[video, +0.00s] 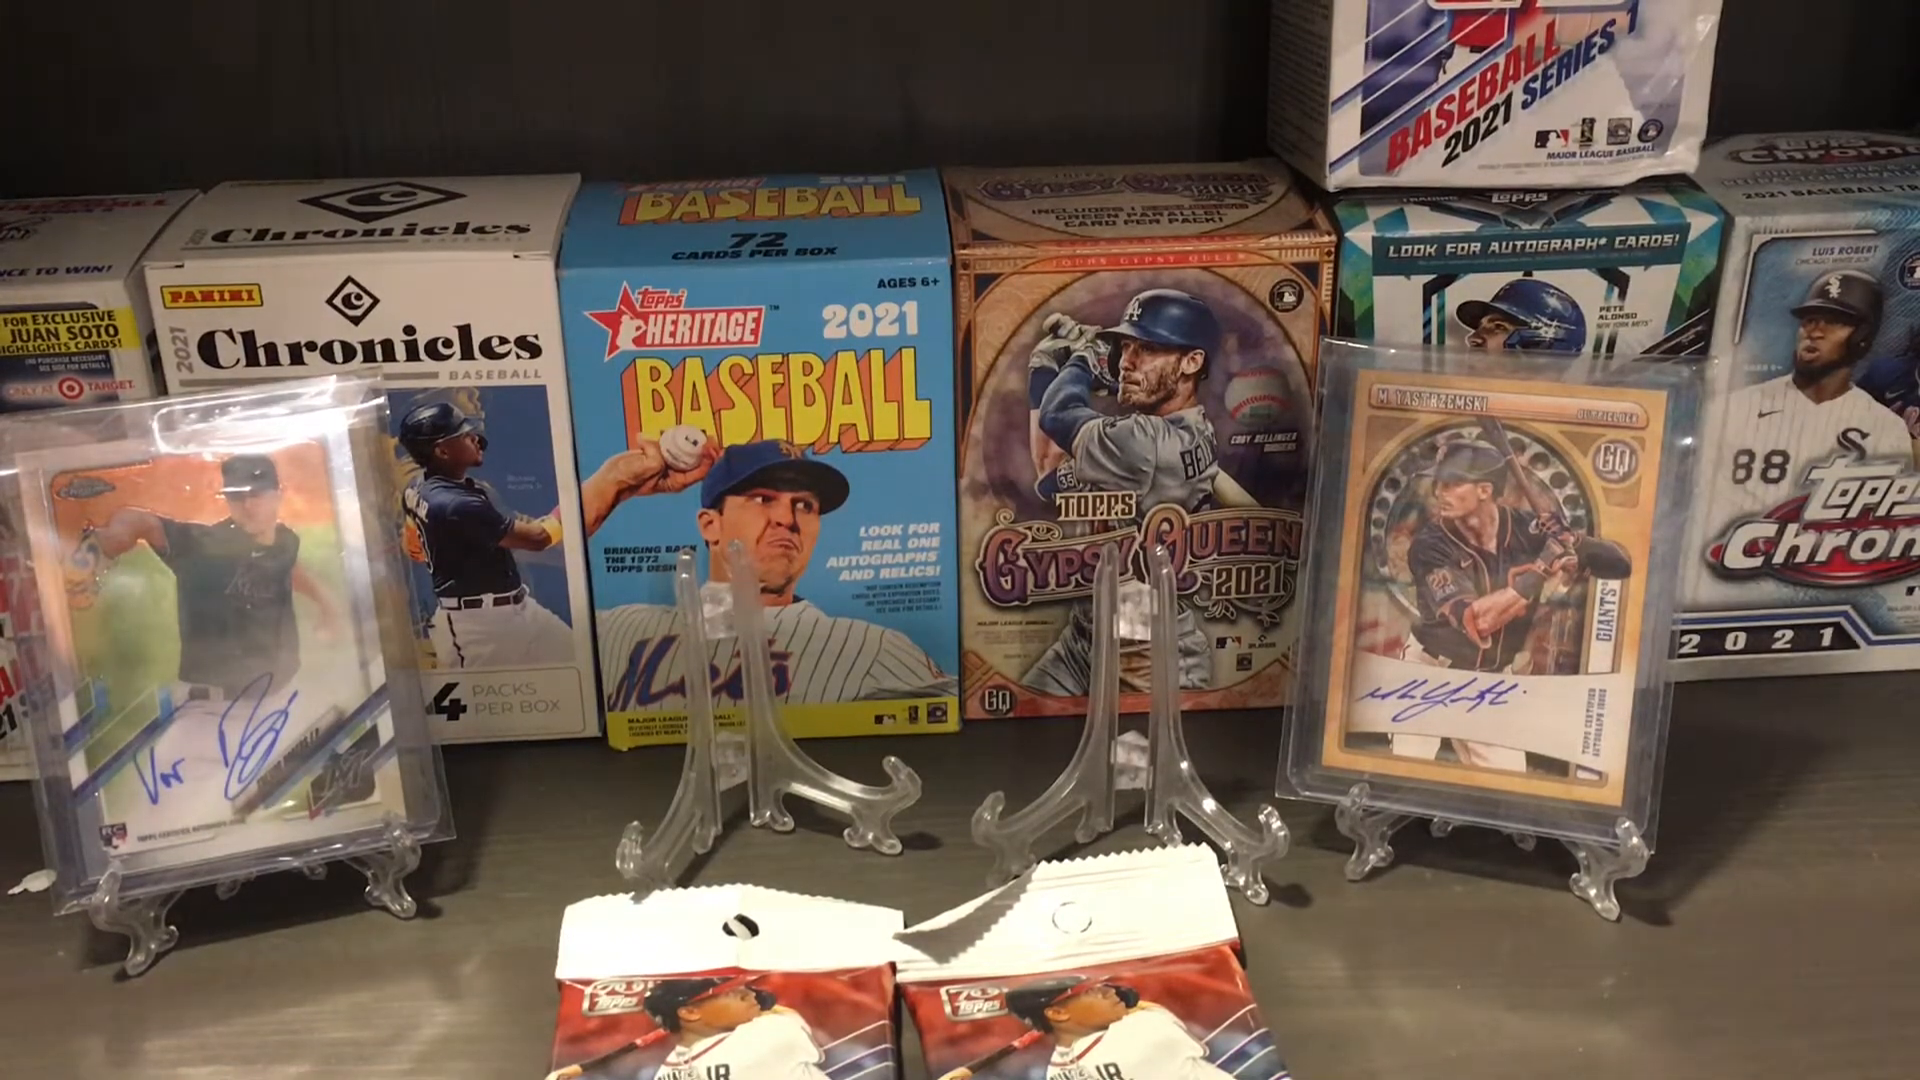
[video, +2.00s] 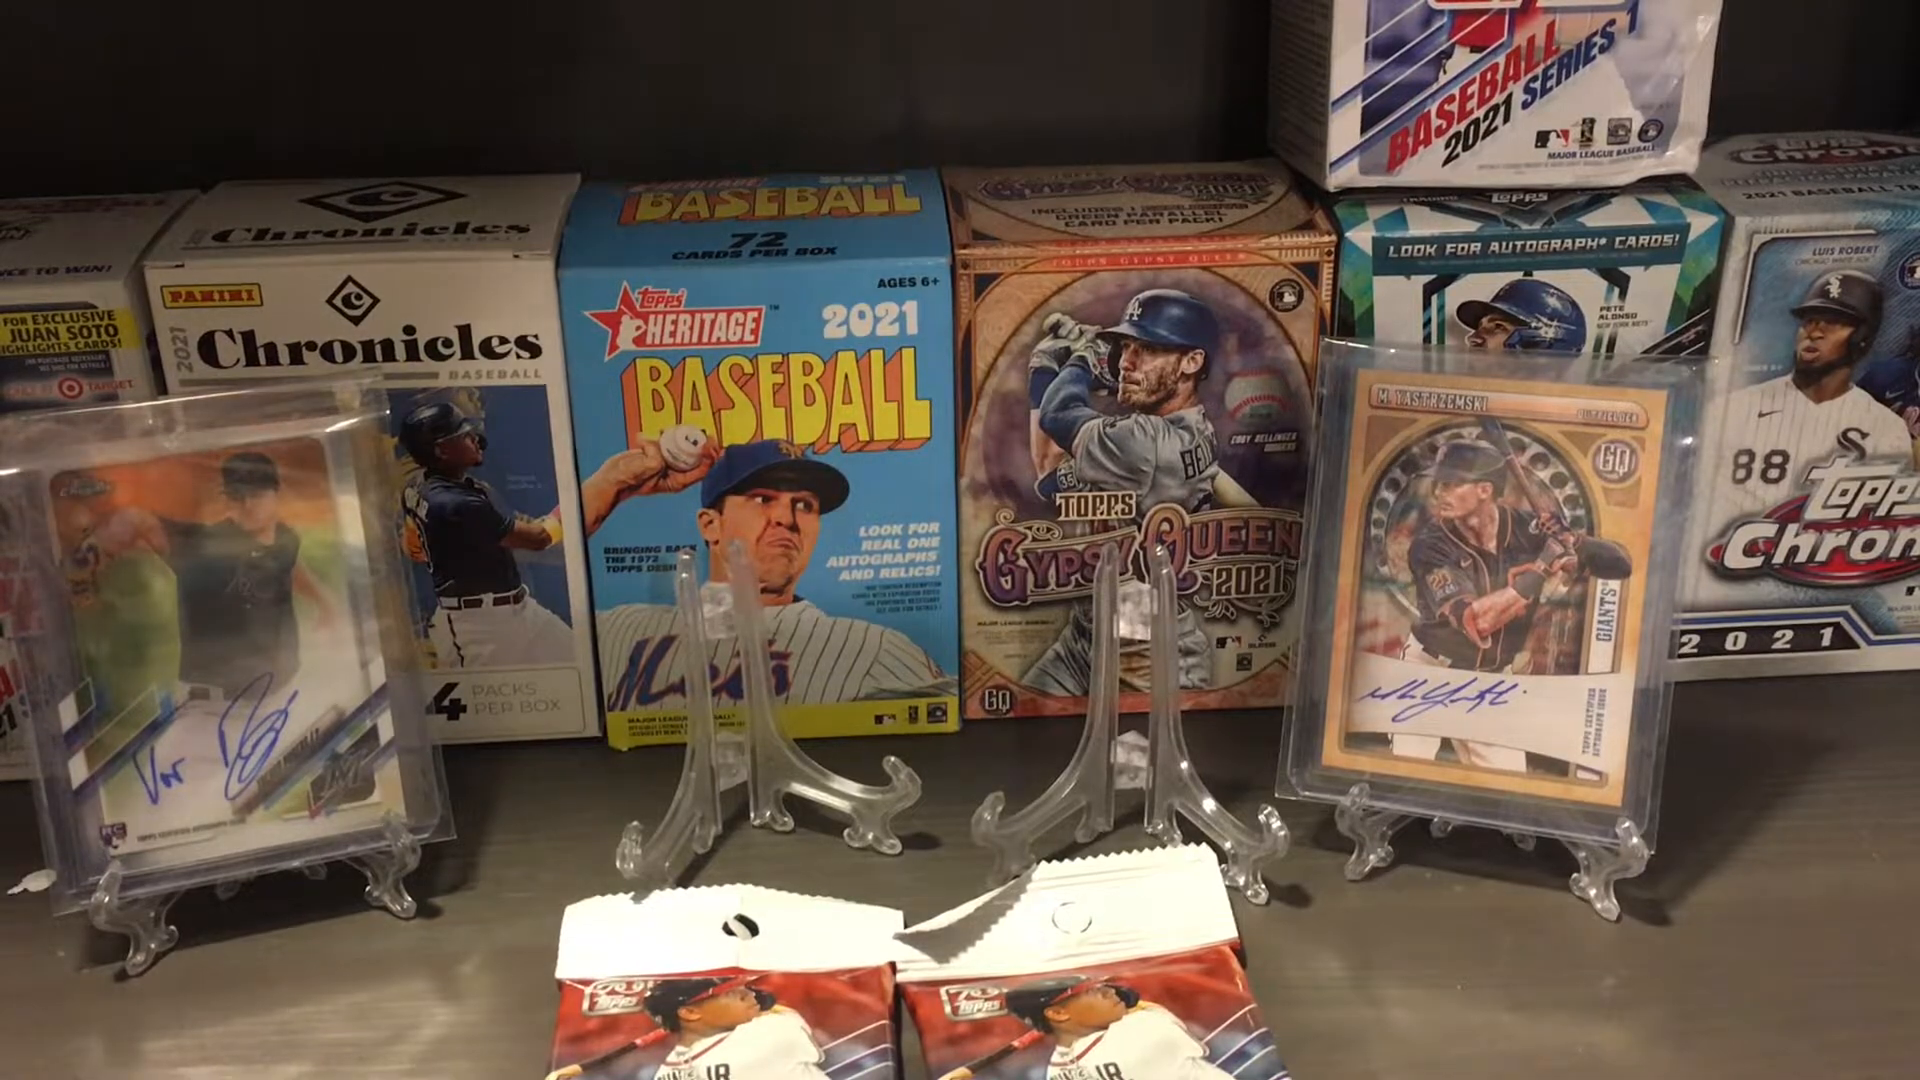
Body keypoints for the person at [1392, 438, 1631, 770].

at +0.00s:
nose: (1440, 492)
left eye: (1452, 484)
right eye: (1439, 484)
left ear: (1484, 491)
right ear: (1435, 487)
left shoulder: (1528, 529)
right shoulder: (1430, 541)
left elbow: (1622, 564)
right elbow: (1471, 621)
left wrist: (1575, 549)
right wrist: (1538, 572)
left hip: (1494, 677)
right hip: (1428, 670)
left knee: (1509, 789)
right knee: (1412, 773)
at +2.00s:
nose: (1439, 493)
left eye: (1451, 485)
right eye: (1439, 485)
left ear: (1484, 491)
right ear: (1435, 487)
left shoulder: (1526, 529)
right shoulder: (1430, 541)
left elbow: (1622, 564)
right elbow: (1473, 623)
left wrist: (1575, 546)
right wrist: (1539, 571)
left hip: (1494, 677)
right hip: (1429, 669)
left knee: (1509, 790)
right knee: (1411, 774)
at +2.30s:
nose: (1439, 492)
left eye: (1451, 484)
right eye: (1439, 484)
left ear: (1484, 490)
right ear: (1435, 487)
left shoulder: (1526, 528)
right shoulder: (1430, 541)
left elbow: (1622, 563)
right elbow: (1474, 622)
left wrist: (1574, 545)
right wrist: (1539, 569)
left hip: (1495, 676)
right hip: (1429, 668)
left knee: (1509, 790)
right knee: (1412, 774)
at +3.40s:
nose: (1439, 492)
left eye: (1451, 484)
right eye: (1439, 483)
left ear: (1484, 491)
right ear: (1436, 486)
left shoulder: (1527, 528)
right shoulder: (1430, 540)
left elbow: (1622, 562)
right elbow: (1474, 622)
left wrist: (1574, 550)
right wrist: (1540, 568)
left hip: (1494, 678)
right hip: (1429, 670)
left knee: (1509, 788)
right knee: (1410, 775)